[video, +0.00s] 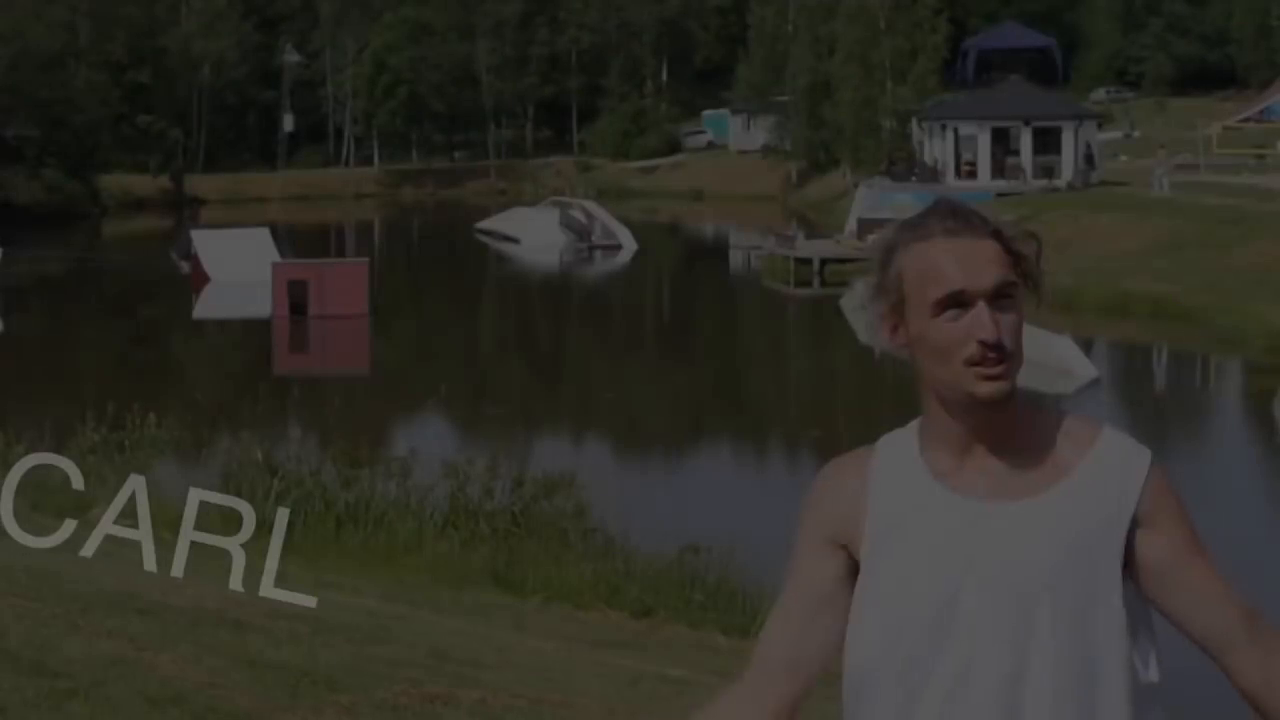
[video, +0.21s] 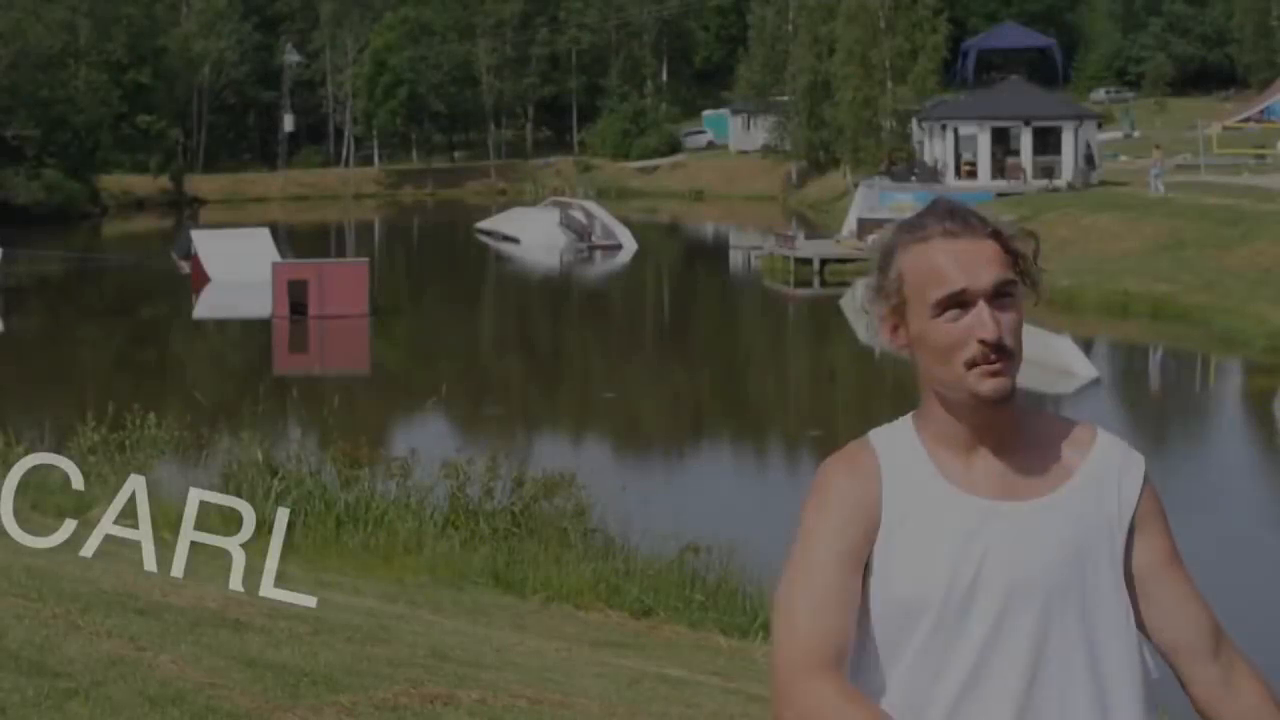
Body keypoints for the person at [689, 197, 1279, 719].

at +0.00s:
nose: (991, 329)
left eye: (1004, 300)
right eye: (954, 307)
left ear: (1024, 307)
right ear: (898, 331)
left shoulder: (1120, 476)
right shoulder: (851, 493)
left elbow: (1246, 646)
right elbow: (763, 695)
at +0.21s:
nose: (991, 330)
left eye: (1003, 297)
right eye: (954, 308)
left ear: (1024, 306)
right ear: (898, 331)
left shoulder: (1111, 471)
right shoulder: (859, 482)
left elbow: (1215, 665)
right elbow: (804, 690)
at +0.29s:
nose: (1001, 324)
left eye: (1011, 294)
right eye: (964, 301)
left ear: (1029, 302)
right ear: (900, 326)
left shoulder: (1102, 469)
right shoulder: (860, 477)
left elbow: (1196, 668)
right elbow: (869, 687)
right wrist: (1077, 717)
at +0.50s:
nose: (1043, 322)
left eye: (1047, 295)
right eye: (1010, 298)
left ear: (1055, 297)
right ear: (929, 319)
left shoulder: (1079, 465)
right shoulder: (863, 476)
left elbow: (1139, 657)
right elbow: (929, 691)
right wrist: (1118, 718)